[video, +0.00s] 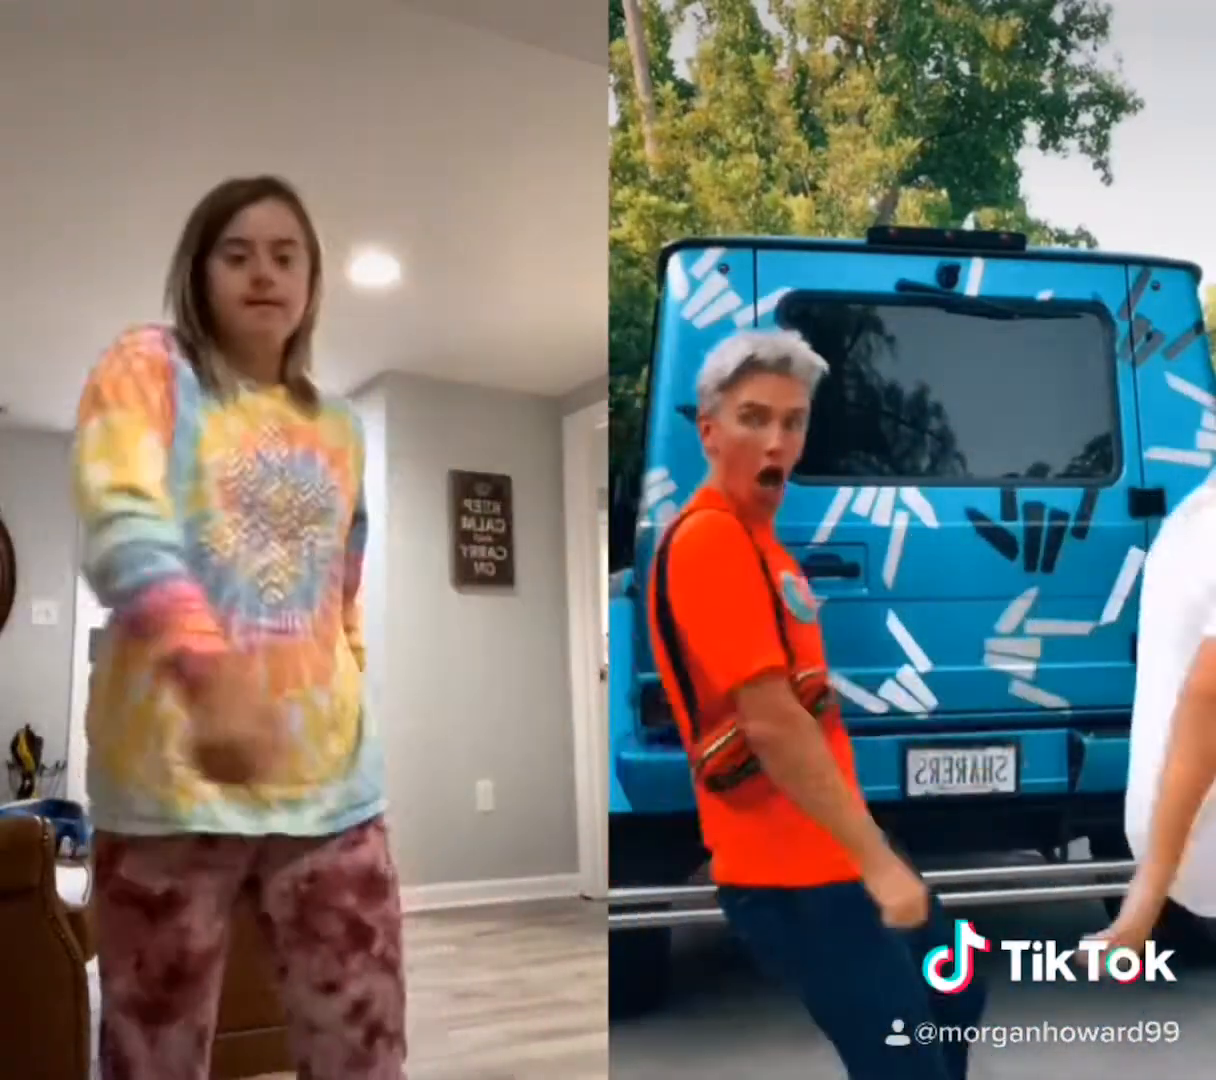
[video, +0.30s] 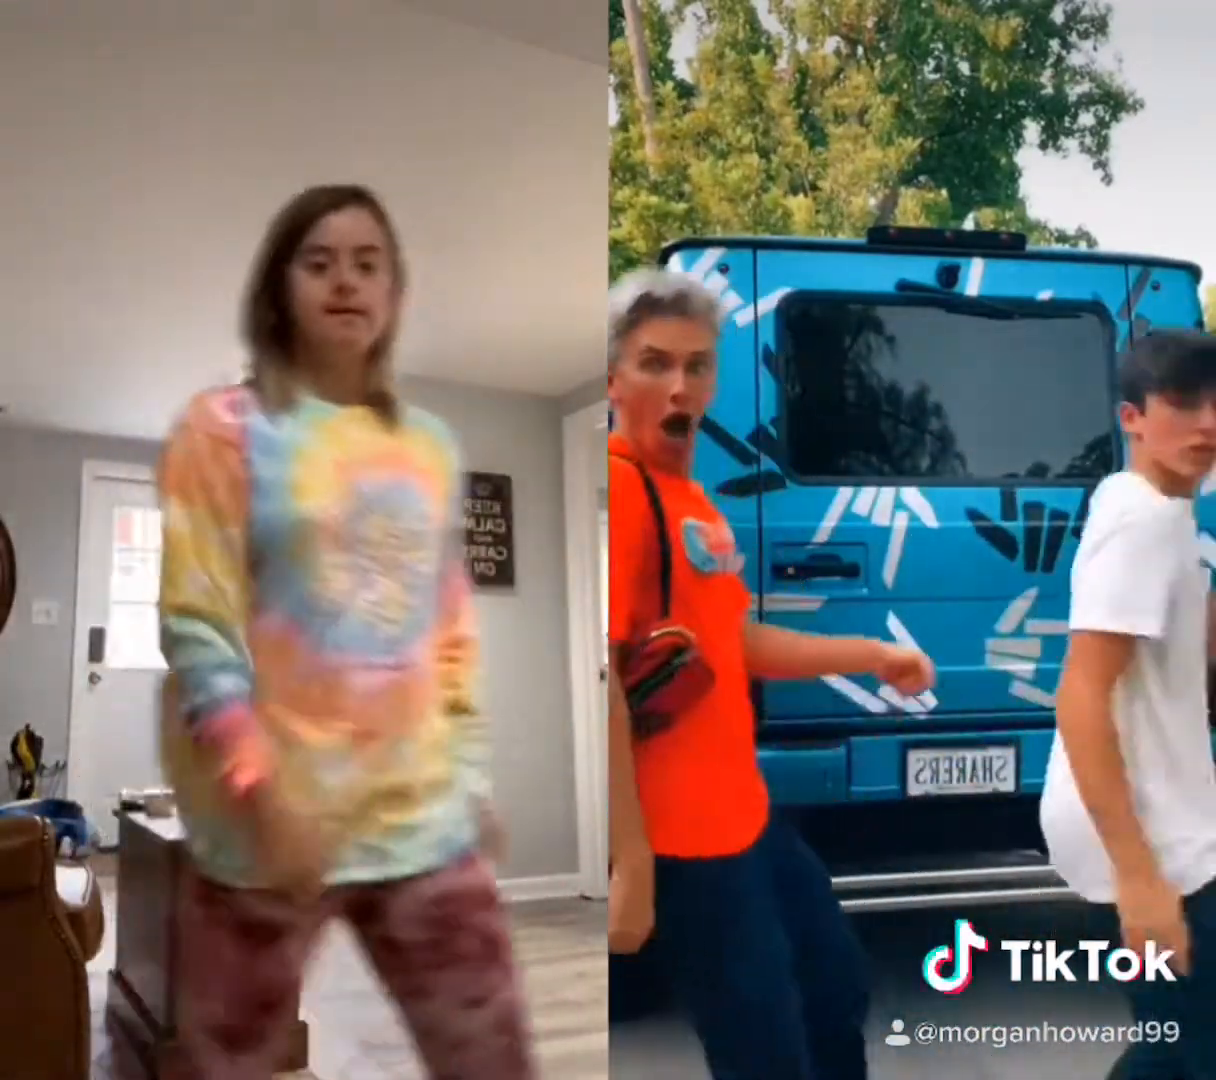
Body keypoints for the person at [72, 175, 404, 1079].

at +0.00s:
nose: (264, 274)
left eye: (286, 255)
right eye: (237, 253)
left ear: (312, 281)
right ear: (198, 276)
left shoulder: (340, 427)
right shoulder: (145, 366)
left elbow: (343, 596)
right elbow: (120, 530)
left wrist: (340, 707)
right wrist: (209, 672)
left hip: (328, 790)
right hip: (169, 793)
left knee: (362, 1054)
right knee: (156, 1060)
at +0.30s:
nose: (347, 282)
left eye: (369, 263)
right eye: (319, 263)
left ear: (395, 292)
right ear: (280, 288)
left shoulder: (428, 443)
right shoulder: (223, 429)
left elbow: (452, 632)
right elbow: (197, 626)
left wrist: (467, 781)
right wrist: (264, 792)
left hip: (418, 822)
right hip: (262, 831)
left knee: (495, 1063)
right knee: (228, 1067)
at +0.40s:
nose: (394, 292)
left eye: (415, 273)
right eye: (366, 274)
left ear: (443, 300)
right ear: (329, 301)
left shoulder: (481, 452)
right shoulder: (279, 445)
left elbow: (522, 636)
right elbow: (221, 646)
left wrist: (551, 794)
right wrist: (203, 833)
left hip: (481, 840)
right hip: (320, 850)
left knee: (563, 1068)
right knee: (300, 1069)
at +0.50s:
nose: (435, 281)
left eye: (457, 260)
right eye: (407, 262)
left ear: (485, 291)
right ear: (369, 290)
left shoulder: (526, 443)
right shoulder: (324, 441)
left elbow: (574, 654)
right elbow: (246, 637)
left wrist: (655, 799)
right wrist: (189, 814)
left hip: (542, 839)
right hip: (397, 846)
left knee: (576, 1067)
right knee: (419, 1067)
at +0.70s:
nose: (501, 254)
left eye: (523, 232)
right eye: (471, 234)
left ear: (551, 261)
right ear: (431, 261)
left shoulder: (585, 420)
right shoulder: (385, 421)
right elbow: (332, 628)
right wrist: (309, 801)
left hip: (582, 793)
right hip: (457, 801)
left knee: (582, 1053)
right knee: (563, 1056)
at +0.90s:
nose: (539, 239)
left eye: (561, 216)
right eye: (508, 220)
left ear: (591, 243)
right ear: (467, 246)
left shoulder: (575, 396)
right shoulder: (444, 389)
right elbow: (419, 622)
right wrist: (454, 828)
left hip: (590, 821)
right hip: (519, 830)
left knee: (581, 1060)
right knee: (570, 1064)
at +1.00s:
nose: (544, 233)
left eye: (565, 209)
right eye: (513, 213)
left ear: (593, 233)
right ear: (473, 239)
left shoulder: (541, 372)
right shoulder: (468, 358)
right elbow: (464, 591)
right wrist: (537, 798)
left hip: (544, 793)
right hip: (496, 806)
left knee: (565, 1058)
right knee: (561, 1061)